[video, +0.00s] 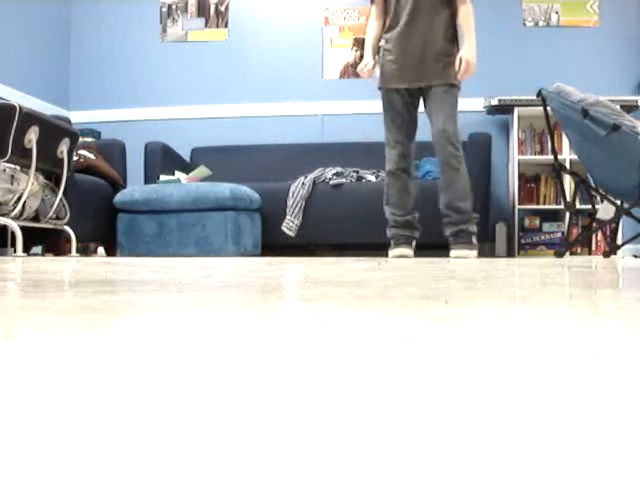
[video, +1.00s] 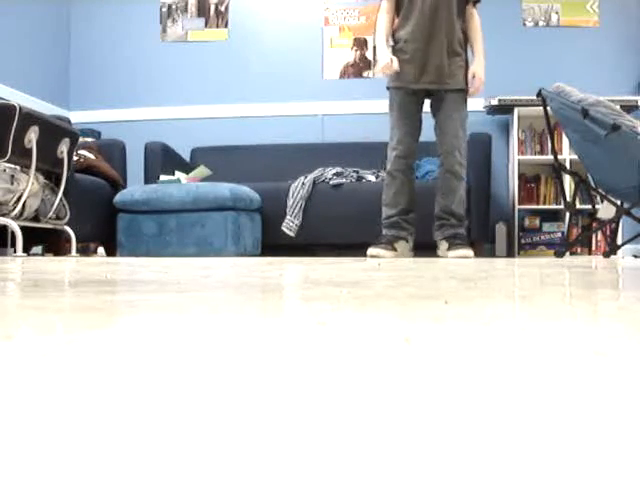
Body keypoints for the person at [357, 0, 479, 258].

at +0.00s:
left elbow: (463, 5)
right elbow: (378, 11)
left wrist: (468, 47)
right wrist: (368, 54)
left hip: (442, 60)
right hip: (395, 62)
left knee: (448, 147)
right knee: (396, 157)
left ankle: (461, 236)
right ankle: (401, 237)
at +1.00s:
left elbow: (471, 12)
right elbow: (387, 9)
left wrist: (478, 60)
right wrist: (383, 51)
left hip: (452, 68)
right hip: (405, 67)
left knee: (454, 157)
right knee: (399, 155)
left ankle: (451, 238)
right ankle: (396, 238)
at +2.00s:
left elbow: (437, 15)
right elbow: (349, 12)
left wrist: (451, 62)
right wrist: (348, 51)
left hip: (410, 72)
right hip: (365, 69)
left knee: (419, 157)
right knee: (355, 154)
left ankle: (431, 238)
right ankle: (348, 238)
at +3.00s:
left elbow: (422, 2)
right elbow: (321, 7)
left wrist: (387, 26)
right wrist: (353, 24)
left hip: (395, 56)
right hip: (346, 57)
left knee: (402, 152)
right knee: (342, 154)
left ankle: (412, 237)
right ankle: (337, 238)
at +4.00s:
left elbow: (393, 2)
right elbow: (289, 3)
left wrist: (372, 15)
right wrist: (314, 12)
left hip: (362, 44)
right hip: (312, 44)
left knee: (377, 146)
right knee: (304, 145)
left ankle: (397, 234)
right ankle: (301, 235)